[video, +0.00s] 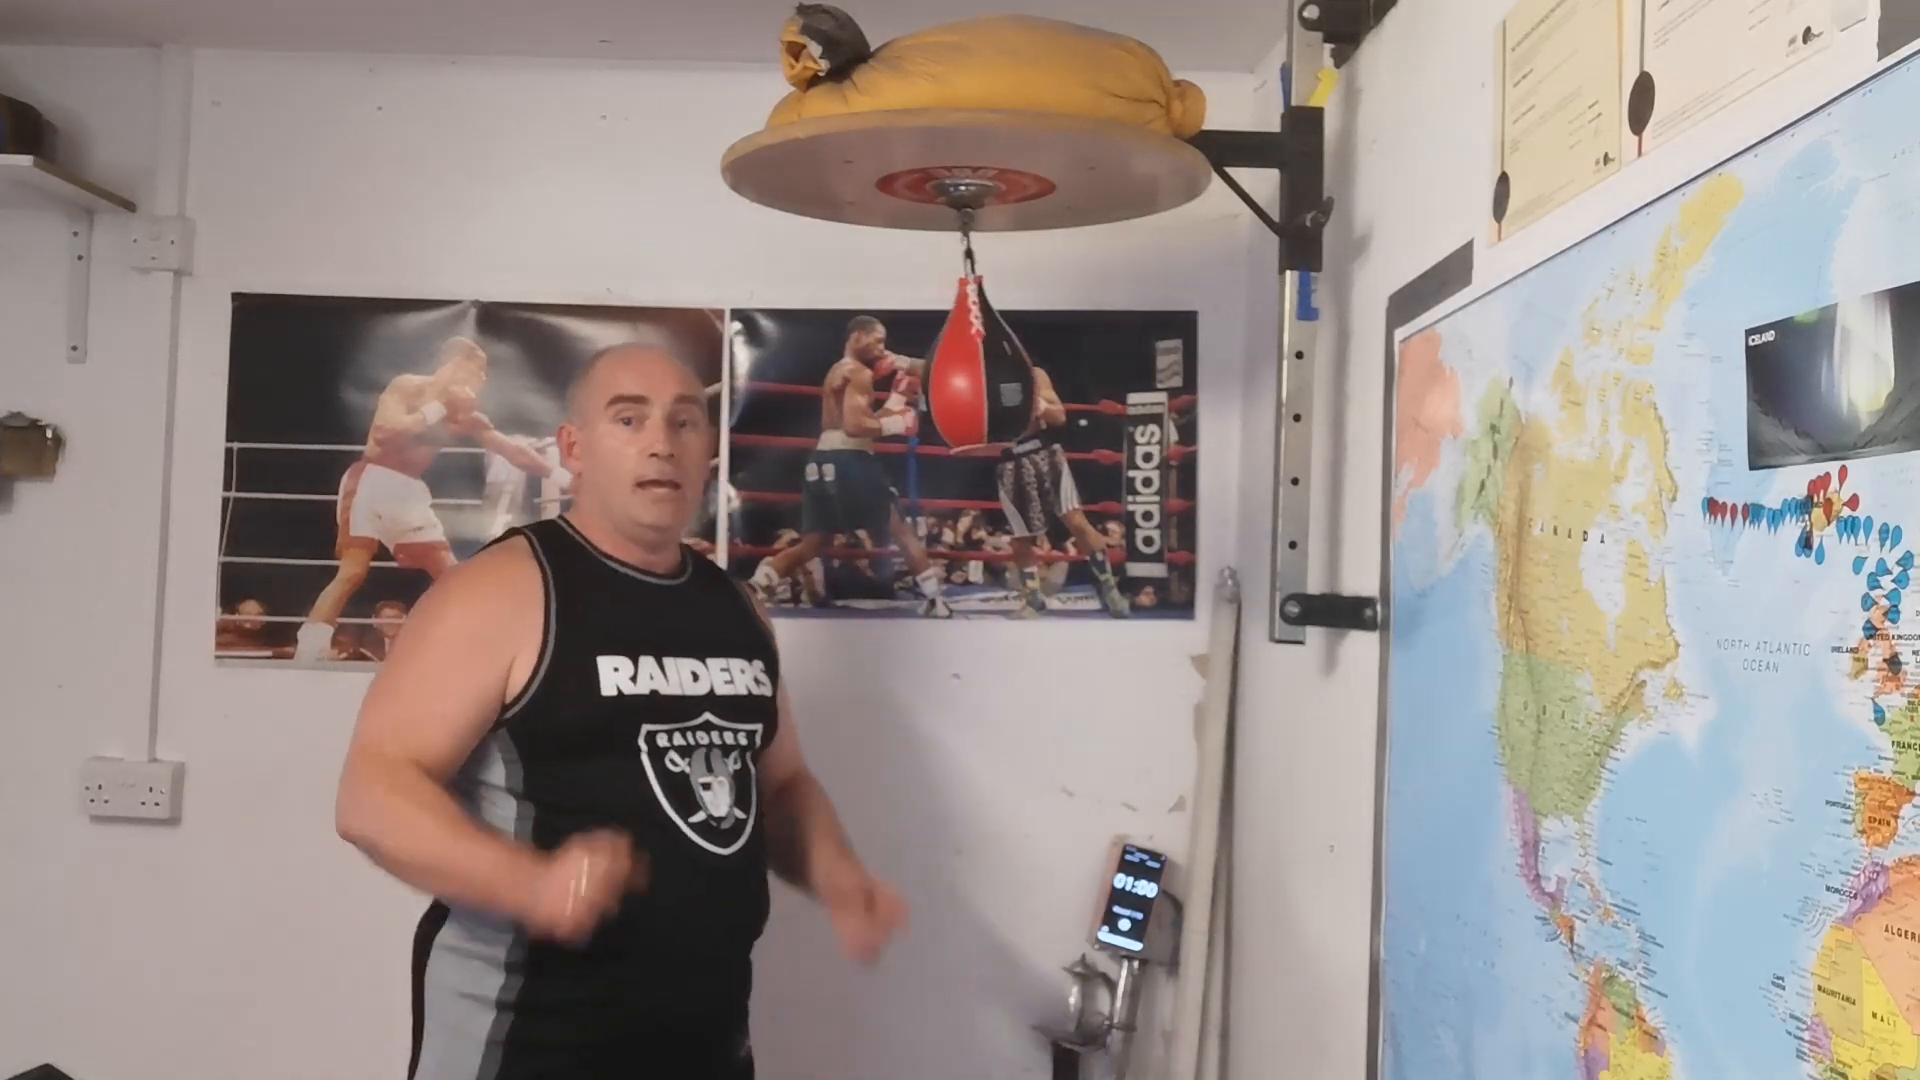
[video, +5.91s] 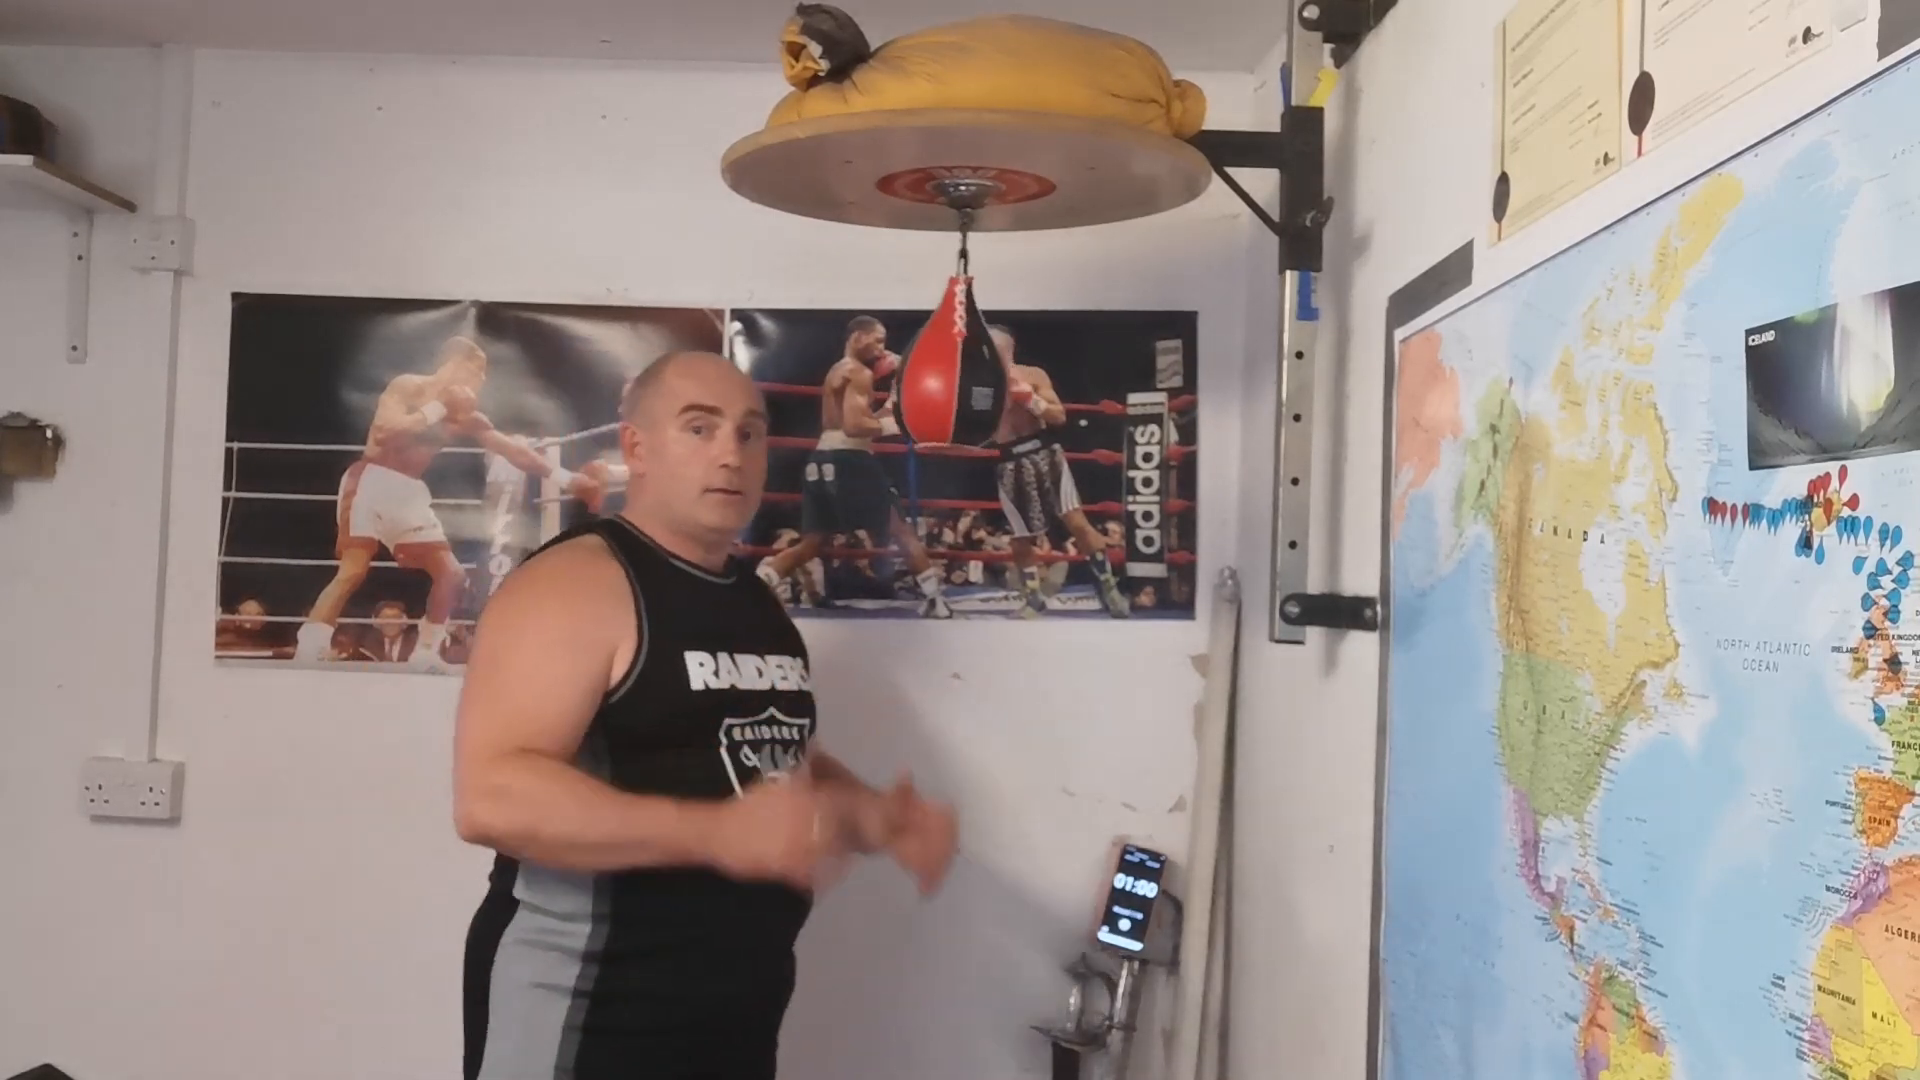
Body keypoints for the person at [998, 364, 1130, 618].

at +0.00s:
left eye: (1007, 353)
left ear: (1016, 354)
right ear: (989, 363)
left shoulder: (1035, 376)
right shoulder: (982, 386)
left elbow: (1059, 416)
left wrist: (1042, 407)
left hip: (1047, 454)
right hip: (1011, 463)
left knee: (1076, 522)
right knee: (1021, 536)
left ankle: (1109, 589)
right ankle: (1032, 599)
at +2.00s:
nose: (1002, 358)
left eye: (1005, 350)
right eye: (995, 353)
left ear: (1014, 349)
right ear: (987, 359)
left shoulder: (1033, 375)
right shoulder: (983, 387)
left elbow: (1059, 416)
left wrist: (1040, 407)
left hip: (1046, 456)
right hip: (1011, 465)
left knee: (1077, 524)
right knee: (1021, 537)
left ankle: (1109, 590)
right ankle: (1032, 599)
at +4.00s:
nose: (996, 355)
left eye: (999, 348)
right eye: (991, 349)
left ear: (1010, 347)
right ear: (985, 352)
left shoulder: (1034, 375)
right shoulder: (983, 383)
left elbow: (1059, 416)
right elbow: (978, 429)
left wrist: (1037, 404)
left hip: (1046, 456)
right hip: (1011, 464)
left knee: (1075, 522)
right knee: (1022, 537)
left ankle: (1108, 587)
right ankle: (1032, 597)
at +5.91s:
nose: (996, 356)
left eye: (1000, 349)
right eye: (991, 351)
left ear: (1011, 348)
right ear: (984, 354)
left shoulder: (1033, 375)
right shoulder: (982, 384)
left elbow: (1059, 416)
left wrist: (1033, 401)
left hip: (1046, 456)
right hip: (1011, 465)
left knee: (1076, 523)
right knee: (1022, 537)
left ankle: (1108, 587)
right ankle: (1032, 596)